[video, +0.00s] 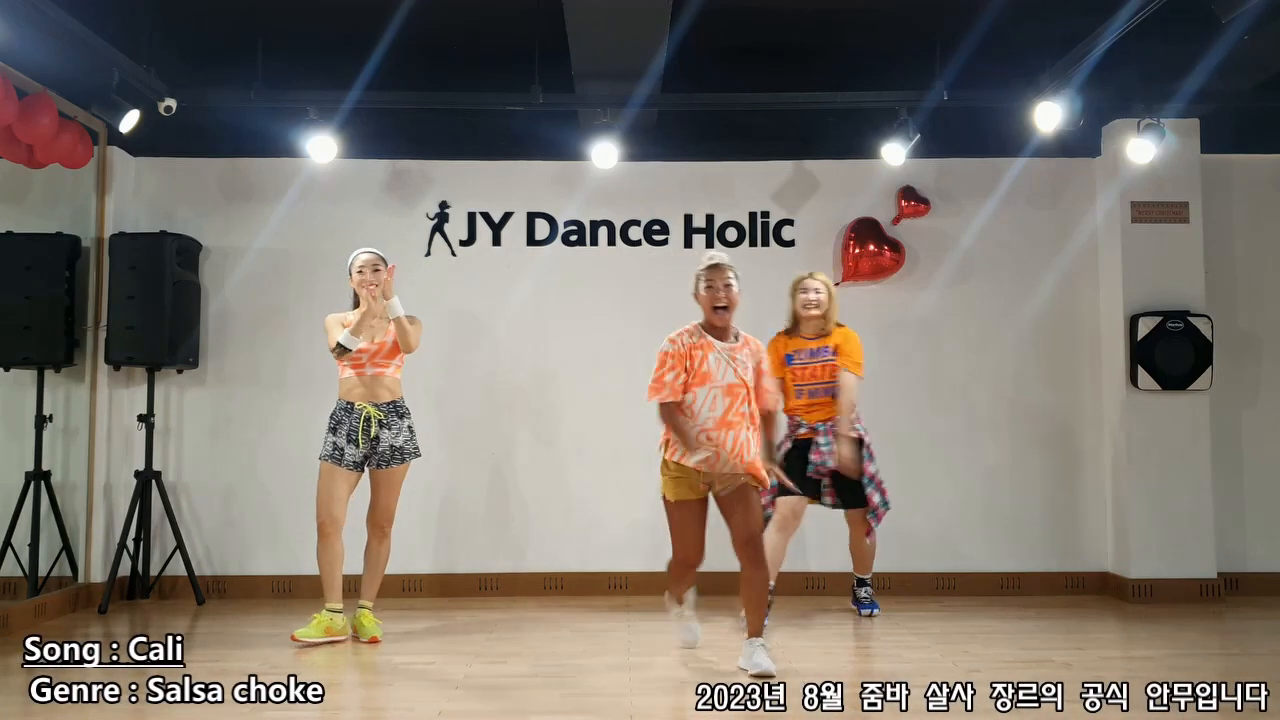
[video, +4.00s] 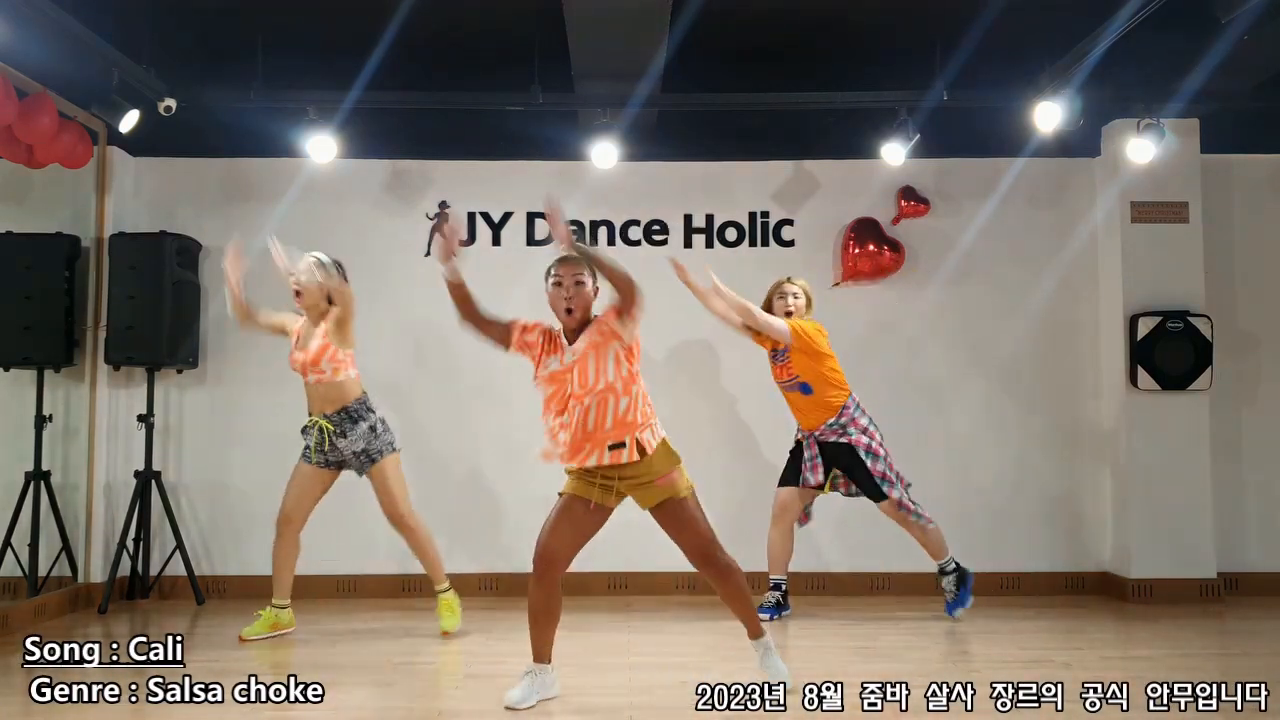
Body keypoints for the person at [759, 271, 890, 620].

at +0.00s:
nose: (811, 297)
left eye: (818, 291)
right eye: (805, 291)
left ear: (830, 300)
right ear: (793, 300)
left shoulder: (845, 339)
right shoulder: (779, 344)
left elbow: (847, 392)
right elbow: (772, 401)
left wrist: (845, 438)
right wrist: (767, 452)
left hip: (841, 434)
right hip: (800, 438)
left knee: (859, 517)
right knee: (785, 515)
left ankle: (863, 587)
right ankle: (762, 593)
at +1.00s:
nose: (842, 285)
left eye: (848, 279)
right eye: (834, 281)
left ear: (859, 288)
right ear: (824, 292)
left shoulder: (876, 326)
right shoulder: (810, 331)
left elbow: (887, 371)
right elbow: (778, 378)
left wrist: (849, 353)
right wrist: (790, 361)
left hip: (865, 428)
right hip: (822, 428)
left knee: (866, 515)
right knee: (818, 510)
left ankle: (861, 592)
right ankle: (828, 584)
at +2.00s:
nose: (853, 291)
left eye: (859, 286)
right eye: (846, 286)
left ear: (869, 294)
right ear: (833, 294)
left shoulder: (887, 332)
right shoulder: (824, 341)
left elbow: (916, 381)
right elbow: (795, 389)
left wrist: (881, 381)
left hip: (894, 431)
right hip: (850, 433)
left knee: (921, 513)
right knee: (833, 510)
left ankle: (925, 589)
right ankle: (831, 592)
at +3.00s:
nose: (950, 298)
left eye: (956, 292)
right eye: (941, 293)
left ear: (966, 300)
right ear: (928, 301)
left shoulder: (970, 347)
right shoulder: (916, 335)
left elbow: (1002, 382)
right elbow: (920, 374)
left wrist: (1021, 366)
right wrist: (970, 361)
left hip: (931, 438)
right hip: (892, 432)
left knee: (963, 512)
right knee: (870, 506)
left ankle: (976, 592)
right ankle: (831, 575)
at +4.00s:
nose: (788, 299)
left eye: (796, 295)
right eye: (781, 295)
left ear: (806, 308)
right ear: (771, 307)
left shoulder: (809, 333)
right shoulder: (772, 340)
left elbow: (755, 317)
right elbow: (731, 317)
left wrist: (719, 287)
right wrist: (695, 286)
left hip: (848, 433)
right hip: (811, 440)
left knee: (895, 507)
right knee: (783, 507)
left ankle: (951, 571)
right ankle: (777, 595)